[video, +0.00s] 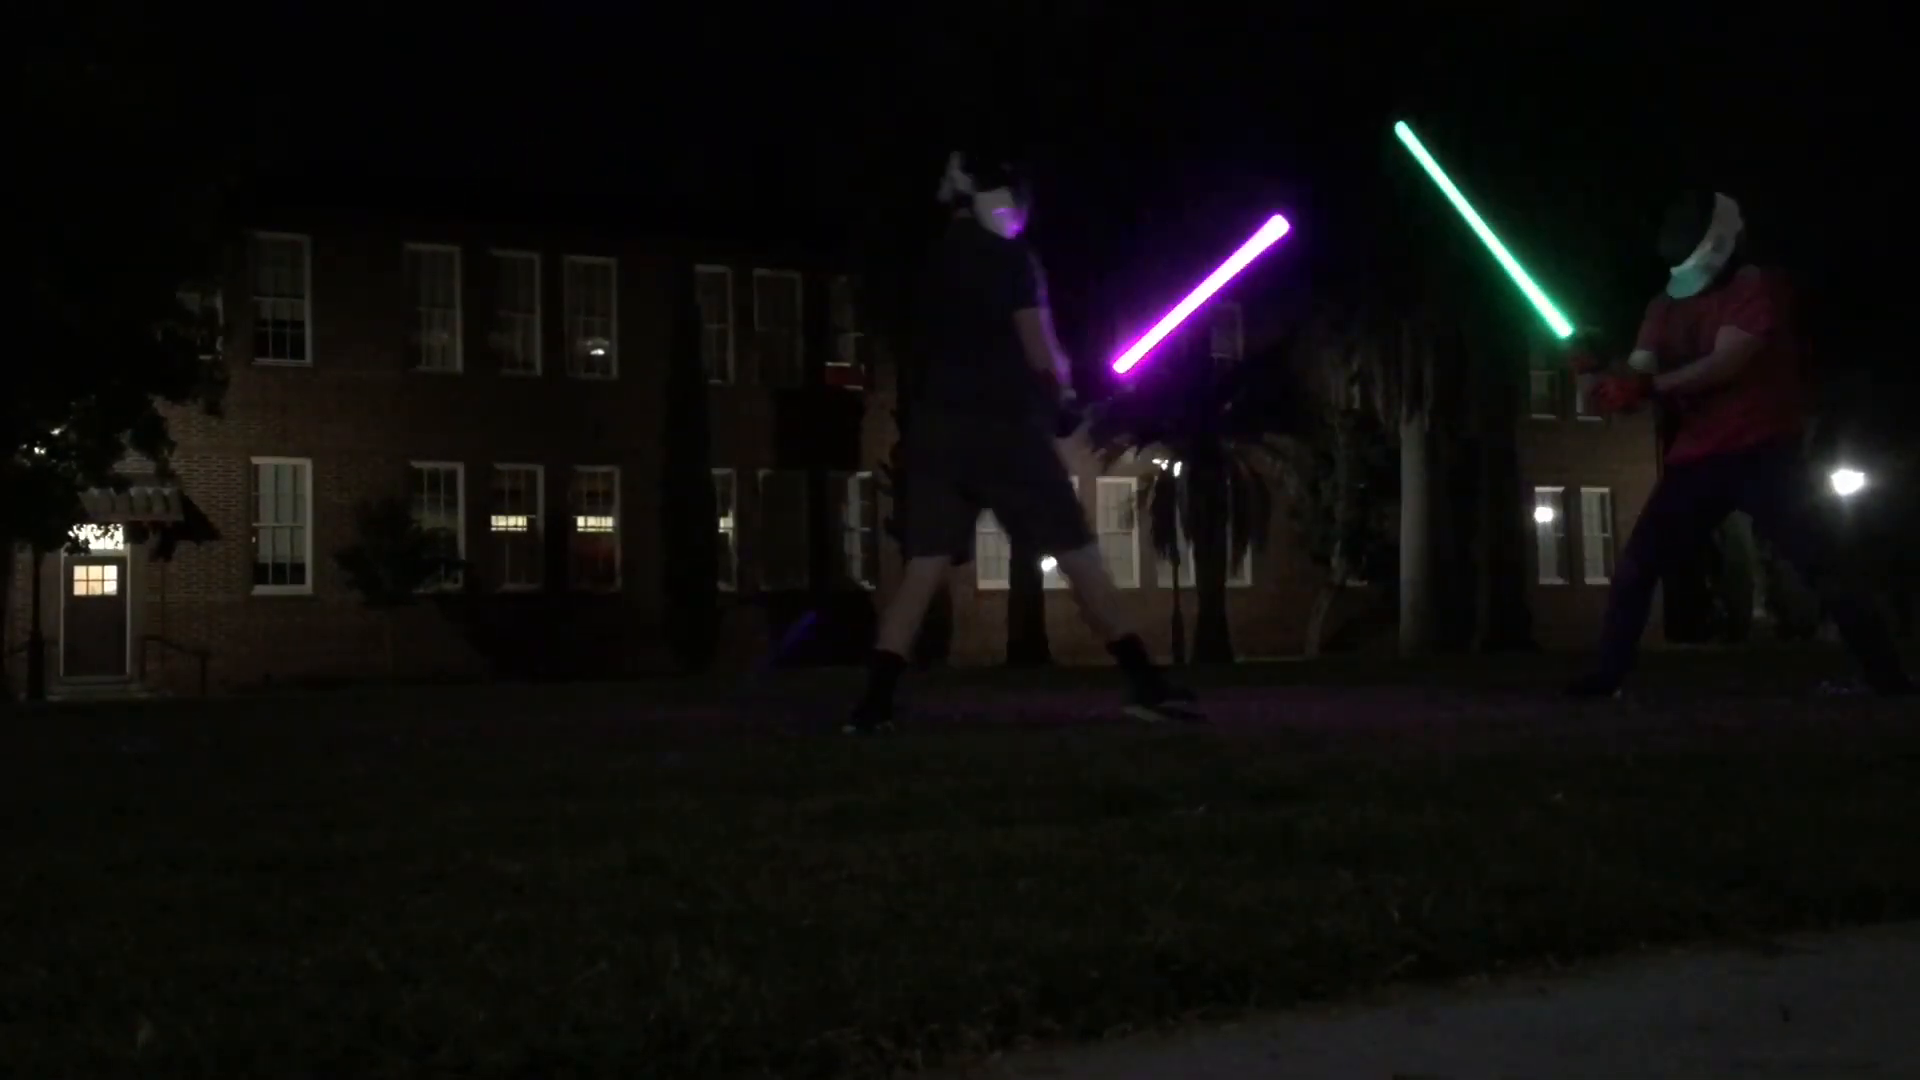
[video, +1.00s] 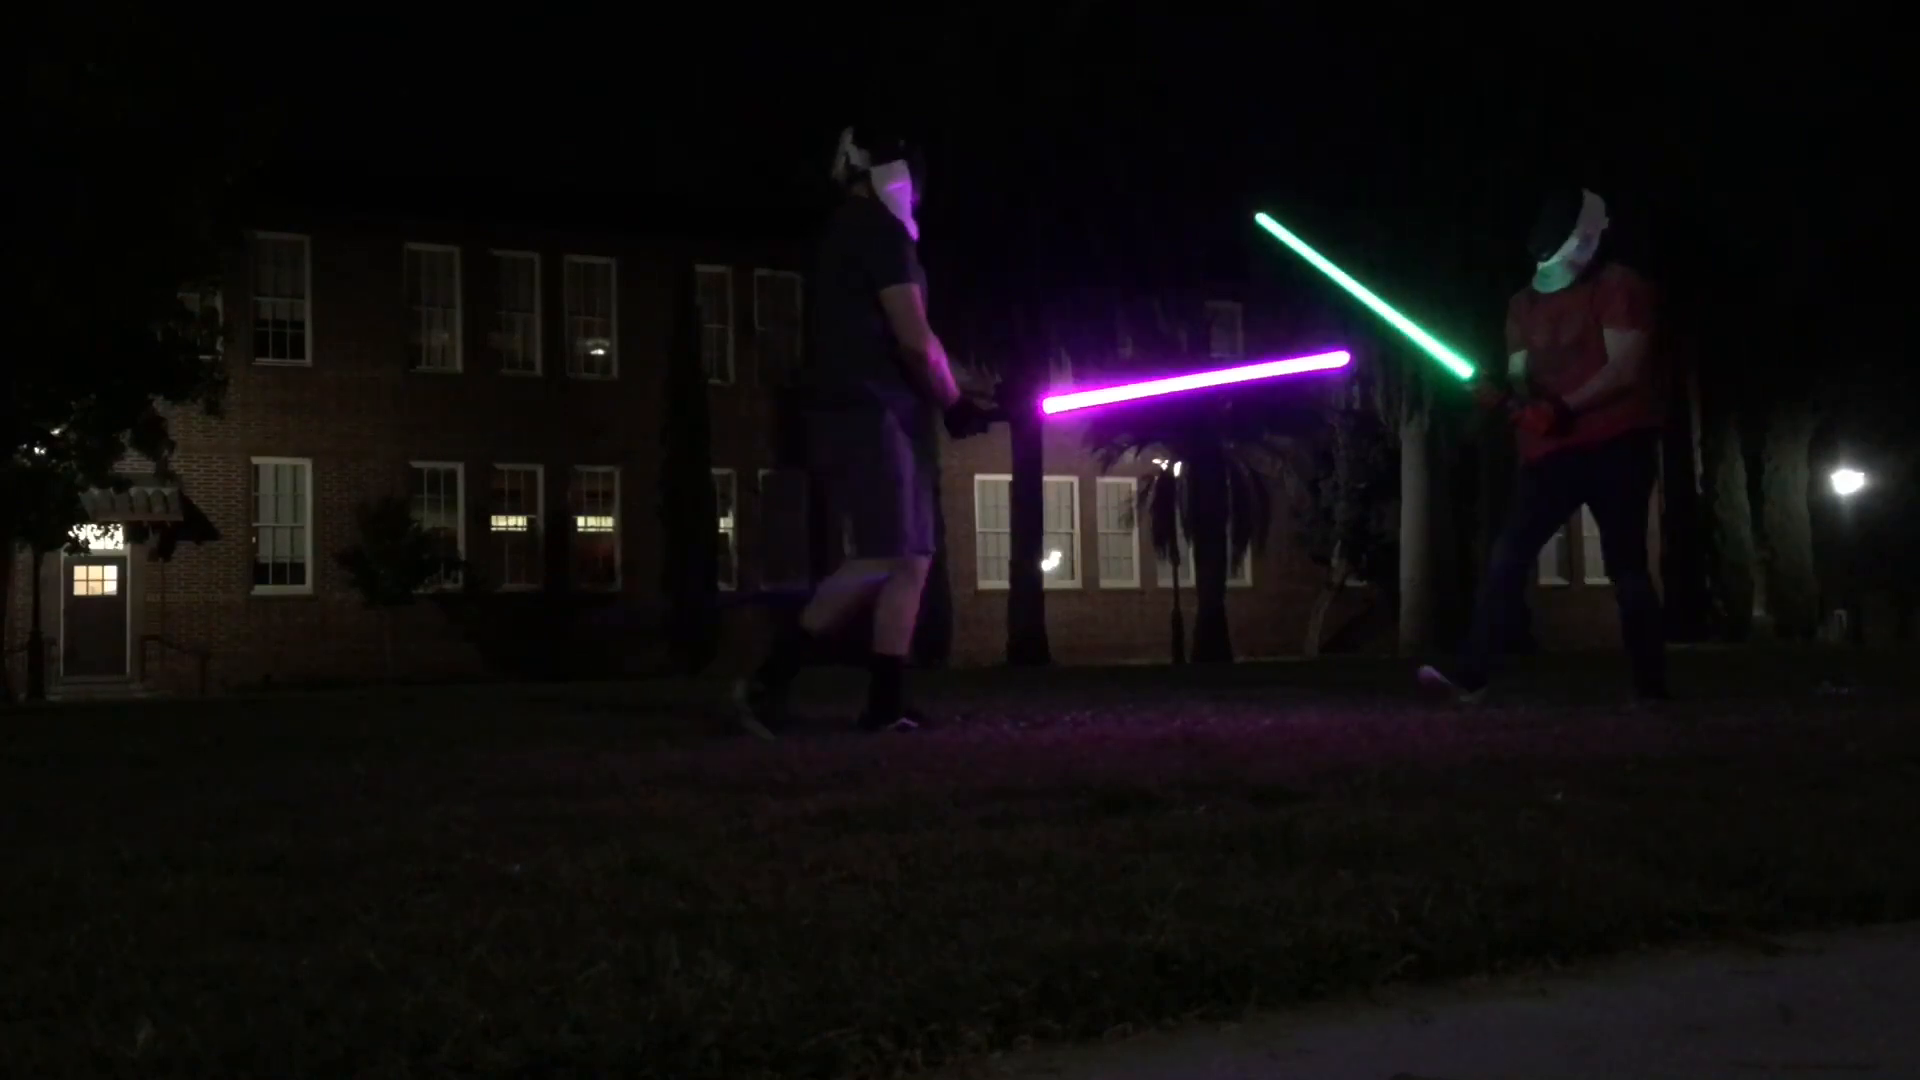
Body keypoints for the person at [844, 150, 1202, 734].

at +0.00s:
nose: (1021, 217)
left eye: (1020, 204)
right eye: (1012, 205)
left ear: (962, 206)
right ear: (987, 205)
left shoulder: (928, 261)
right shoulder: (1011, 260)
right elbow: (1041, 353)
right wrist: (1065, 391)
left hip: (937, 440)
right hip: (1009, 440)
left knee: (923, 569)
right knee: (1083, 564)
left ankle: (874, 699)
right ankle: (1145, 684)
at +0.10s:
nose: (986, 208)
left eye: (985, 196)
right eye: (978, 195)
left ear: (929, 194)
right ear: (955, 193)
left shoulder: (890, 248)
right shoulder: (971, 250)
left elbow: (885, 344)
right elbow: (998, 347)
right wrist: (1025, 384)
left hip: (899, 427)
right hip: (969, 427)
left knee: (905, 560)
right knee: (1040, 541)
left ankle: (873, 701)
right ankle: (1057, 684)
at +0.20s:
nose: (962, 200)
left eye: (961, 188)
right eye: (956, 188)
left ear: (908, 186)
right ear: (934, 186)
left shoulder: (876, 239)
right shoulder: (946, 242)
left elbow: (875, 335)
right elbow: (967, 333)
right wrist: (994, 382)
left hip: (874, 416)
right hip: (937, 415)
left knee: (893, 553)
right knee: (1007, 533)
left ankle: (871, 703)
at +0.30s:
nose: (942, 198)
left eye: (941, 184)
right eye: (933, 184)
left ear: (891, 185)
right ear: (908, 184)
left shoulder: (858, 236)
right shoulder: (921, 240)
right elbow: (944, 334)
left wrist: (940, 407)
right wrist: (973, 397)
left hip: (854, 415)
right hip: (908, 416)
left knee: (886, 549)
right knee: (951, 543)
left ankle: (862, 673)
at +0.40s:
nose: (922, 196)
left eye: (920, 184)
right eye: (914, 184)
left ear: (871, 187)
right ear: (888, 186)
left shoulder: (850, 237)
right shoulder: (898, 241)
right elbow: (923, 338)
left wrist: (935, 396)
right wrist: (952, 396)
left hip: (852, 410)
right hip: (882, 415)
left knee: (882, 555)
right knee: (880, 555)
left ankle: (870, 698)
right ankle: (776, 667)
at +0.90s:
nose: (900, 192)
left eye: (896, 179)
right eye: (891, 179)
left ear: (849, 185)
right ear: (867, 184)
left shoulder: (837, 237)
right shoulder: (872, 238)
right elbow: (908, 342)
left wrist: (927, 407)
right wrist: (943, 405)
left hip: (872, 428)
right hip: (849, 427)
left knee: (911, 553)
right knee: (828, 564)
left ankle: (885, 704)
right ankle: (741, 701)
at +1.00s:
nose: (912, 193)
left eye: (909, 180)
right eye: (903, 181)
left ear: (866, 184)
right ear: (878, 183)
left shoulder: (848, 233)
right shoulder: (881, 234)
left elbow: (903, 333)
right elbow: (914, 337)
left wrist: (956, 388)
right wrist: (952, 399)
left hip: (865, 413)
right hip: (870, 415)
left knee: (906, 555)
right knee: (891, 553)